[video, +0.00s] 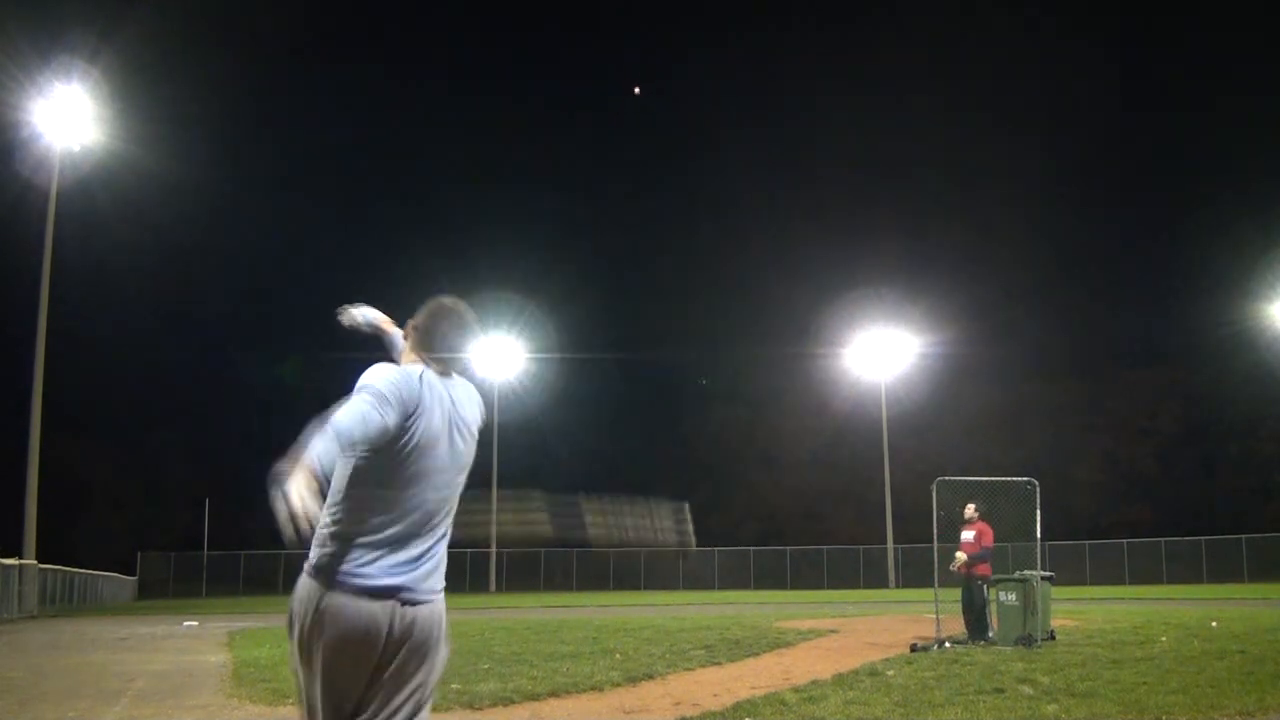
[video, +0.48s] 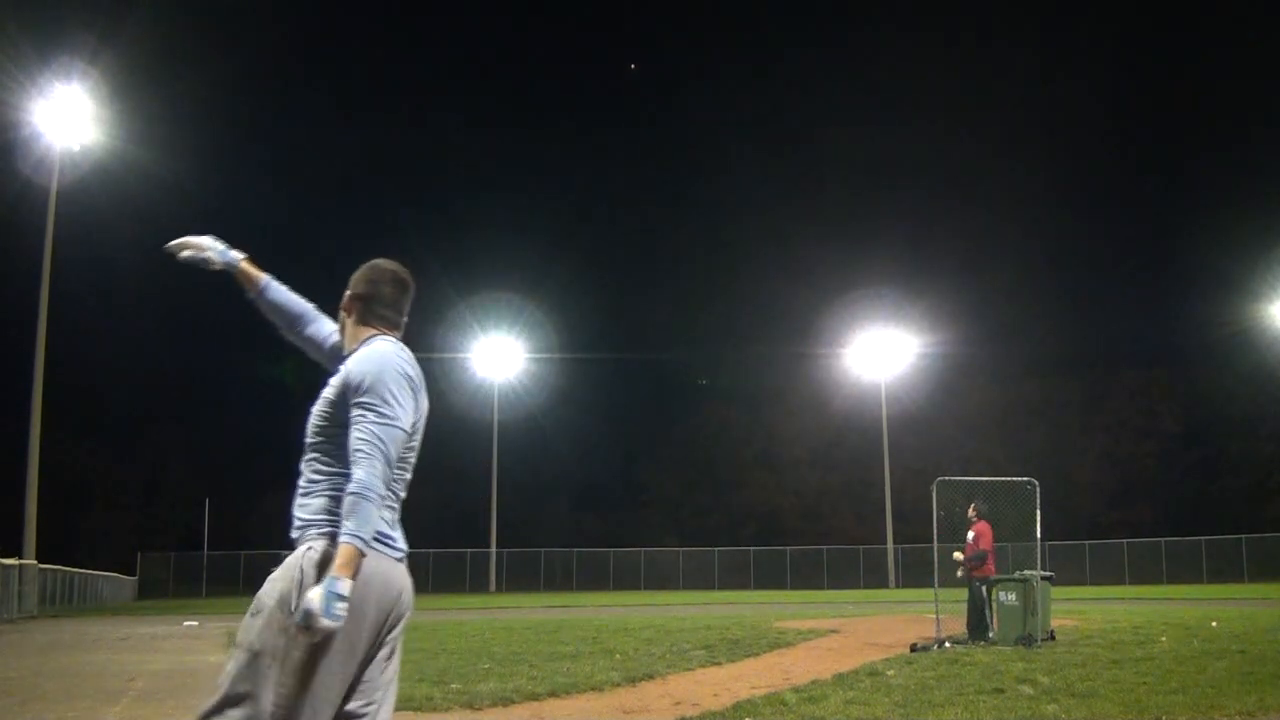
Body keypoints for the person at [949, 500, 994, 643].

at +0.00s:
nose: (965, 511)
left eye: (969, 509)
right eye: (965, 509)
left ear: (977, 513)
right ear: (965, 511)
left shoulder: (984, 528)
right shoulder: (964, 528)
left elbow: (986, 551)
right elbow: (964, 549)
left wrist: (967, 558)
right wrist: (957, 562)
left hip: (980, 573)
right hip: (967, 573)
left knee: (979, 605)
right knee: (967, 606)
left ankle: (982, 635)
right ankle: (972, 635)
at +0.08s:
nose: (965, 510)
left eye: (969, 508)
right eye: (966, 508)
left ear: (976, 513)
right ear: (969, 512)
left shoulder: (984, 528)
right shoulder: (966, 528)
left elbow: (985, 551)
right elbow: (966, 547)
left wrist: (966, 557)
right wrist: (958, 557)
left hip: (981, 572)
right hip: (969, 572)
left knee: (980, 605)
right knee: (968, 604)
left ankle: (983, 635)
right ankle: (972, 634)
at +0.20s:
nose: (966, 511)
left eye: (969, 508)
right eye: (967, 508)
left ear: (976, 512)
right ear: (973, 512)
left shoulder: (984, 528)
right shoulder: (969, 527)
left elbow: (984, 551)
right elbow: (970, 547)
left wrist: (964, 556)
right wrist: (960, 555)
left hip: (982, 573)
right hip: (971, 572)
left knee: (981, 606)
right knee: (970, 605)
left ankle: (983, 635)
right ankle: (973, 634)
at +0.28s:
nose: (967, 511)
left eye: (970, 508)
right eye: (968, 508)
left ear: (976, 512)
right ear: (973, 512)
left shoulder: (984, 528)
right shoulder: (971, 527)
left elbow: (984, 552)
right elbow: (971, 547)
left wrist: (964, 557)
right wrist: (961, 555)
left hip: (983, 574)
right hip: (972, 573)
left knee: (982, 606)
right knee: (971, 606)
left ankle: (984, 635)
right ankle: (973, 635)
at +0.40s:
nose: (967, 511)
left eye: (970, 509)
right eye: (969, 508)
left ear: (976, 512)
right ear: (974, 512)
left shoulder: (983, 527)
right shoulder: (973, 527)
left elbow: (983, 552)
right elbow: (973, 549)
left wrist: (966, 562)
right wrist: (963, 558)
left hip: (982, 574)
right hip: (973, 574)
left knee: (982, 606)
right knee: (972, 606)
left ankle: (984, 635)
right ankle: (973, 634)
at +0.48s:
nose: (968, 511)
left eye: (970, 509)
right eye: (969, 509)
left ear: (976, 512)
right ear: (975, 512)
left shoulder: (983, 527)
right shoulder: (973, 527)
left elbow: (983, 552)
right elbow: (972, 550)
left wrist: (965, 559)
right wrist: (964, 566)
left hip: (982, 574)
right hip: (973, 574)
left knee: (982, 606)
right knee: (973, 606)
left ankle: (985, 635)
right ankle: (973, 634)